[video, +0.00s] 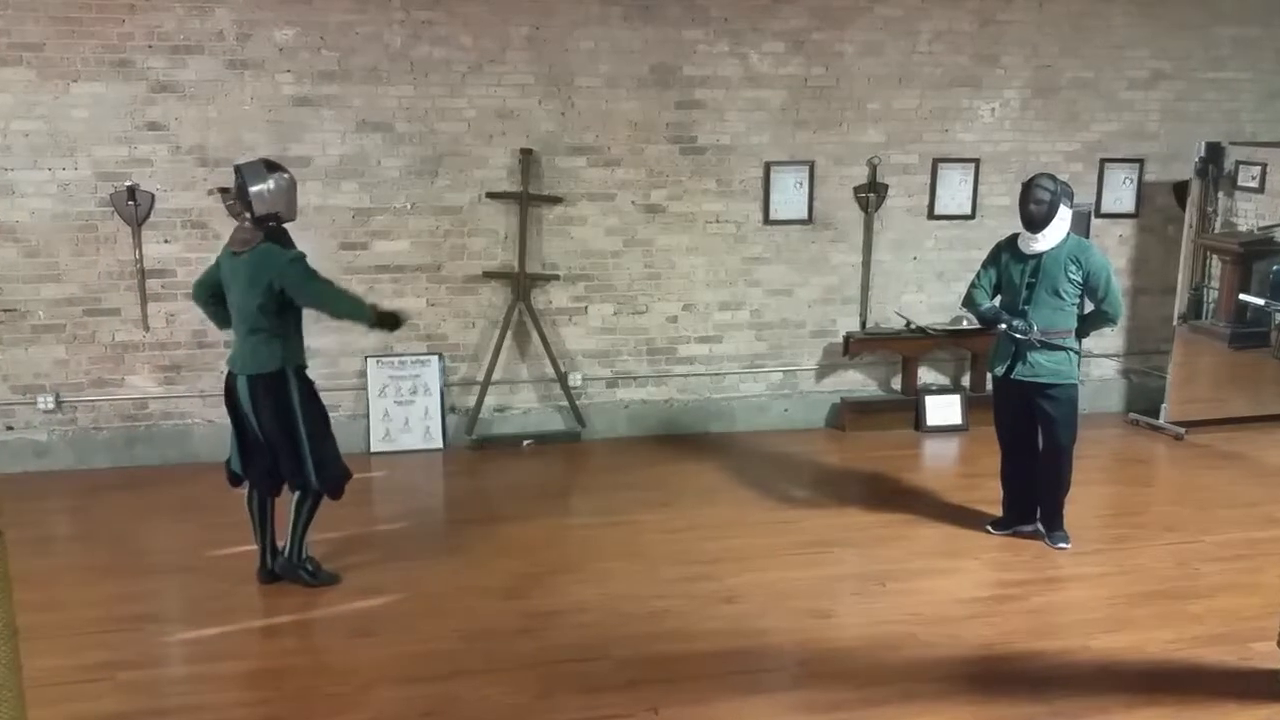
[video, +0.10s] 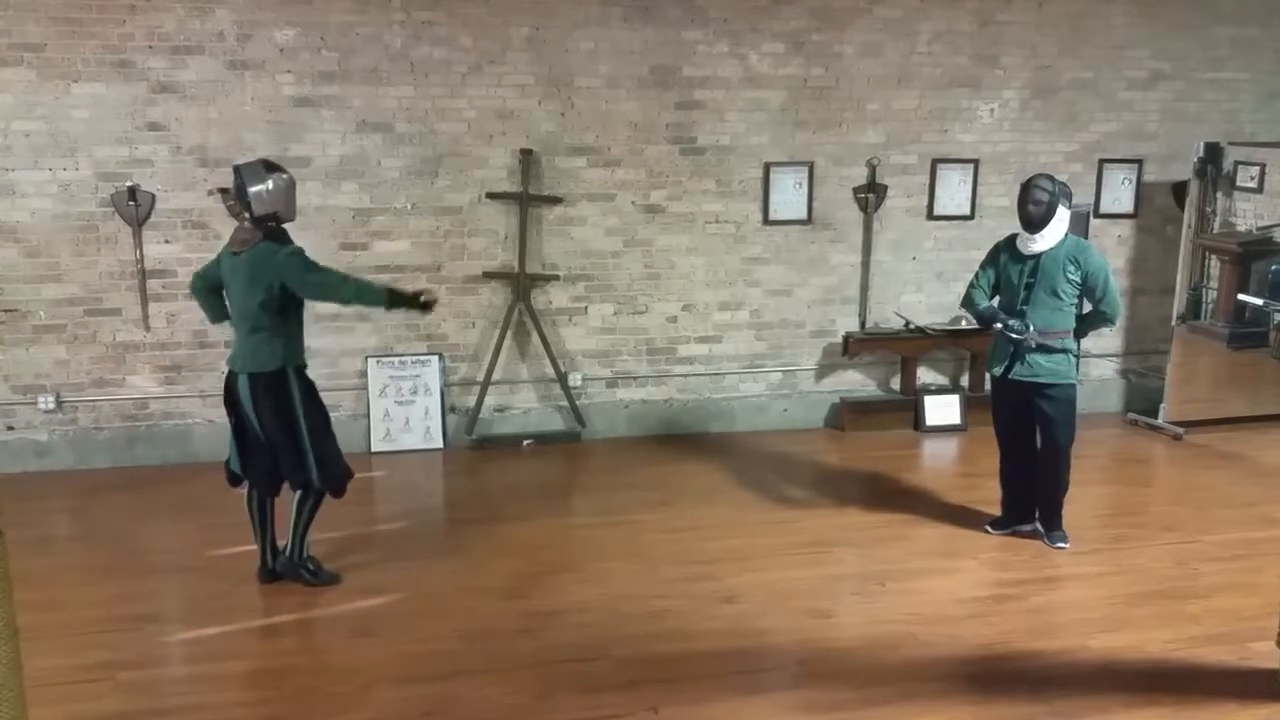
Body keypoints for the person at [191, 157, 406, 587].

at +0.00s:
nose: (292, 203)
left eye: (288, 195)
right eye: (286, 196)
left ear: (247, 204)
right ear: (275, 202)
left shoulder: (234, 250)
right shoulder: (278, 255)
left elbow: (203, 291)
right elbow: (319, 293)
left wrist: (235, 324)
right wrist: (373, 314)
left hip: (242, 376)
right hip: (278, 376)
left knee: (262, 469)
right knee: (320, 466)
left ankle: (267, 557)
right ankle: (294, 554)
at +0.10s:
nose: (291, 202)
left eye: (288, 194)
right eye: (284, 195)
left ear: (245, 206)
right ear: (272, 202)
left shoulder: (233, 253)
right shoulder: (281, 255)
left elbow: (200, 283)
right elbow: (332, 285)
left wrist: (224, 316)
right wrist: (399, 298)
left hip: (241, 378)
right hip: (279, 378)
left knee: (259, 469)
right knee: (319, 466)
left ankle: (268, 559)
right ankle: (296, 554)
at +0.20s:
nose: (291, 202)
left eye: (288, 195)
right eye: (285, 196)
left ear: (244, 208)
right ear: (275, 204)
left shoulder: (231, 255)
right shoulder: (284, 256)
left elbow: (196, 280)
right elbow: (342, 275)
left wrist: (219, 315)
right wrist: (411, 280)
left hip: (242, 379)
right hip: (281, 377)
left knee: (260, 469)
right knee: (322, 467)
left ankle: (268, 558)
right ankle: (296, 555)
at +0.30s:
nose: (291, 203)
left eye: (288, 195)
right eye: (285, 197)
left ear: (243, 208)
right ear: (277, 203)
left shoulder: (230, 256)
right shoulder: (286, 253)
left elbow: (195, 283)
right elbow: (346, 264)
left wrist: (220, 315)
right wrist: (416, 269)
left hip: (243, 379)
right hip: (283, 377)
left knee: (260, 469)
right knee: (324, 466)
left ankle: (268, 558)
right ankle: (297, 555)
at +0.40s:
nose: (290, 203)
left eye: (287, 196)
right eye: (284, 197)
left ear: (244, 208)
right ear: (276, 203)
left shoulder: (231, 257)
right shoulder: (286, 249)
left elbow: (195, 287)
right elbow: (340, 260)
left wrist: (223, 318)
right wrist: (411, 262)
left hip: (245, 380)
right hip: (284, 377)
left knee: (260, 470)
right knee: (324, 466)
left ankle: (268, 558)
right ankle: (298, 553)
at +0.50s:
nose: (289, 203)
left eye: (286, 196)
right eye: (284, 197)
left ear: (244, 209)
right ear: (276, 203)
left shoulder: (233, 257)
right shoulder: (285, 249)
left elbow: (196, 287)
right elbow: (340, 258)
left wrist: (224, 316)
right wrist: (410, 259)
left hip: (247, 379)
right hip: (285, 376)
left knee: (261, 470)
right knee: (325, 466)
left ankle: (269, 558)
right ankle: (298, 553)